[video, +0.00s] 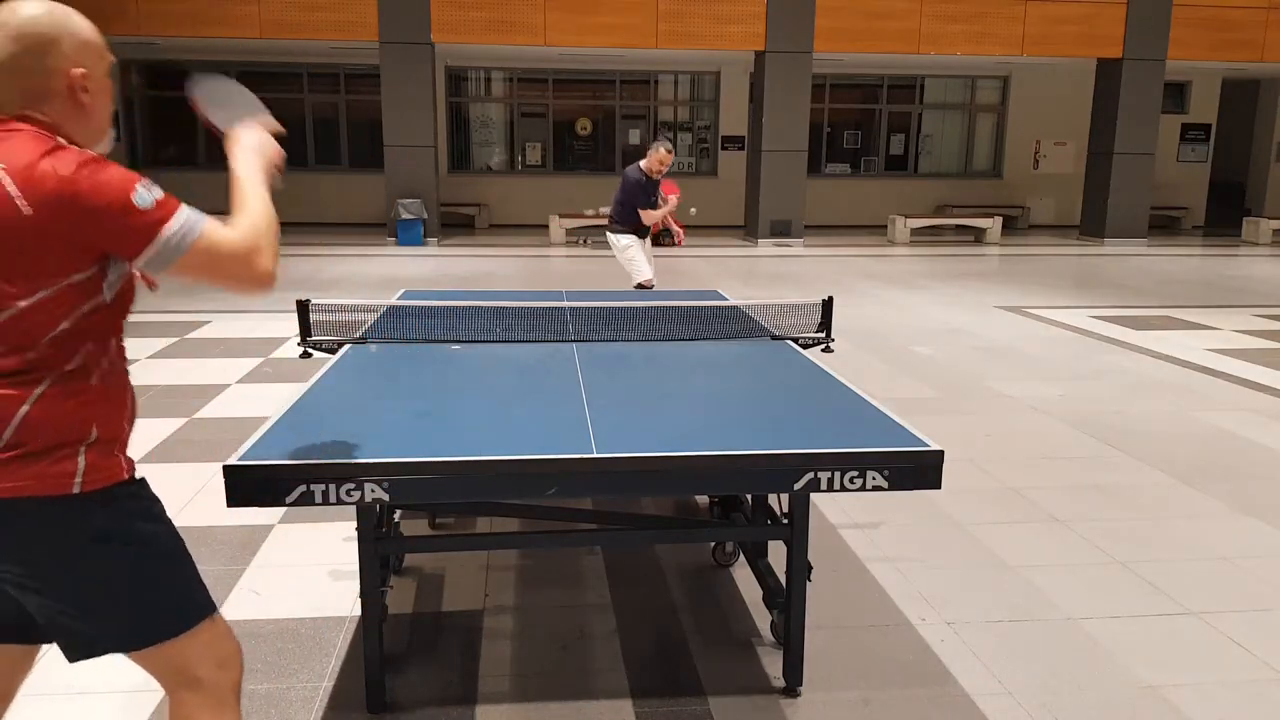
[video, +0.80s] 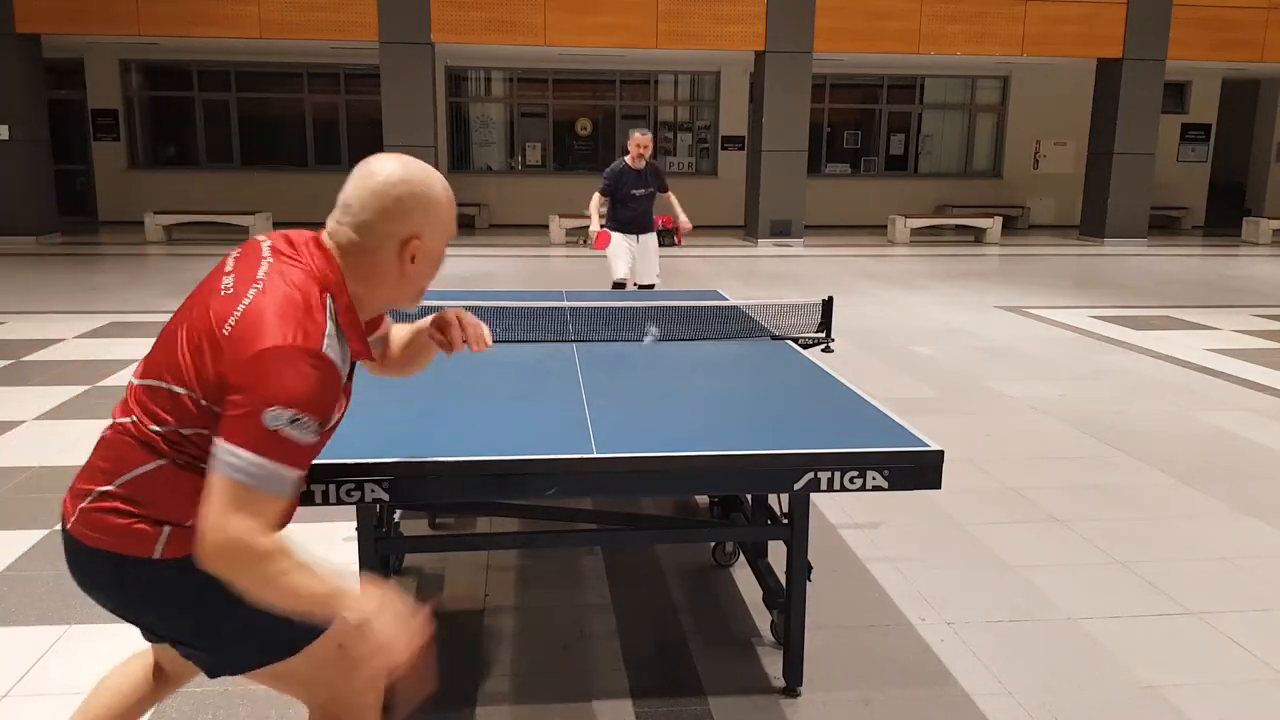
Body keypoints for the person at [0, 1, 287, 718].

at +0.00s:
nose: (114, 89)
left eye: (109, 73)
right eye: (106, 74)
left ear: (14, 85)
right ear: (75, 85)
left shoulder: (9, 162)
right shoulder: (70, 180)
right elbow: (253, 260)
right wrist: (250, 157)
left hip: (7, 492)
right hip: (66, 496)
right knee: (209, 670)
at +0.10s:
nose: (172, 109)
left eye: (170, 93)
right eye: (168, 93)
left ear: (71, 98)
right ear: (140, 101)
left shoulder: (12, 178)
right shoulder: (119, 205)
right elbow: (266, 334)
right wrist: (308, 230)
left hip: (12, 501)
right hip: (88, 510)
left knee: (25, 661)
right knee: (237, 681)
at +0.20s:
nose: (231, 131)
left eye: (228, 113)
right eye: (227, 113)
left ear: (122, 116)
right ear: (202, 123)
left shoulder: (39, 194)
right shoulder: (158, 230)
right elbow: (263, 393)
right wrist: (342, 323)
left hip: (15, 498)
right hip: (108, 510)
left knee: (70, 636)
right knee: (259, 681)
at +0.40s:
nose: (283, 144)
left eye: (282, 127)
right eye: (281, 126)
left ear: (178, 118)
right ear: (256, 132)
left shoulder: (98, 183)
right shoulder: (192, 236)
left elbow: (124, 313)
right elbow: (242, 422)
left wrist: (235, 316)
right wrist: (349, 389)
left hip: (24, 489)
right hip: (110, 505)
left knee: (83, 654)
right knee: (284, 660)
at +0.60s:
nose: (356, 189)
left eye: (360, 172)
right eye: (359, 172)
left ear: (256, 157)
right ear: (328, 180)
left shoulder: (182, 208)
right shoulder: (248, 281)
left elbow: (222, 321)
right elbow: (319, 462)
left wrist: (335, 321)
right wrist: (425, 403)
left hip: (59, 504)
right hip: (134, 529)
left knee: (108, 661)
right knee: (315, 686)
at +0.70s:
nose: (409, 230)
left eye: (411, 216)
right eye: (409, 216)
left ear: (305, 193)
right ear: (379, 222)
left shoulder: (244, 234)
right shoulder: (288, 321)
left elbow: (308, 355)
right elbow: (328, 507)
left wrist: (398, 332)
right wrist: (451, 479)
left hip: (90, 515)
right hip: (152, 544)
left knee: (150, 652)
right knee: (346, 680)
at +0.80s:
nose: (436, 268)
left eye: (442, 252)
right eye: (439, 252)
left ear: (345, 216)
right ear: (411, 252)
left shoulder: (293, 254)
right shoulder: (291, 348)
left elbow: (385, 351)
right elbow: (228, 542)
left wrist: (430, 333)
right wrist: (358, 604)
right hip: (144, 546)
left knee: (175, 658)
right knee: (350, 670)